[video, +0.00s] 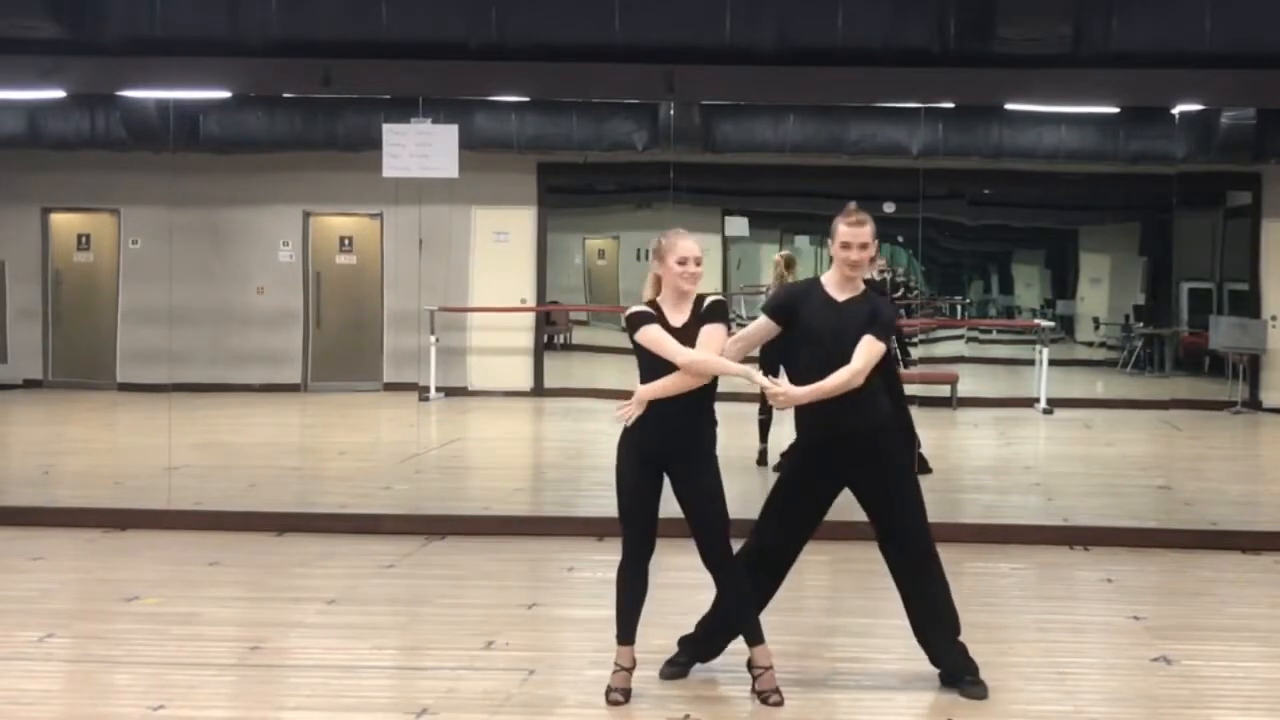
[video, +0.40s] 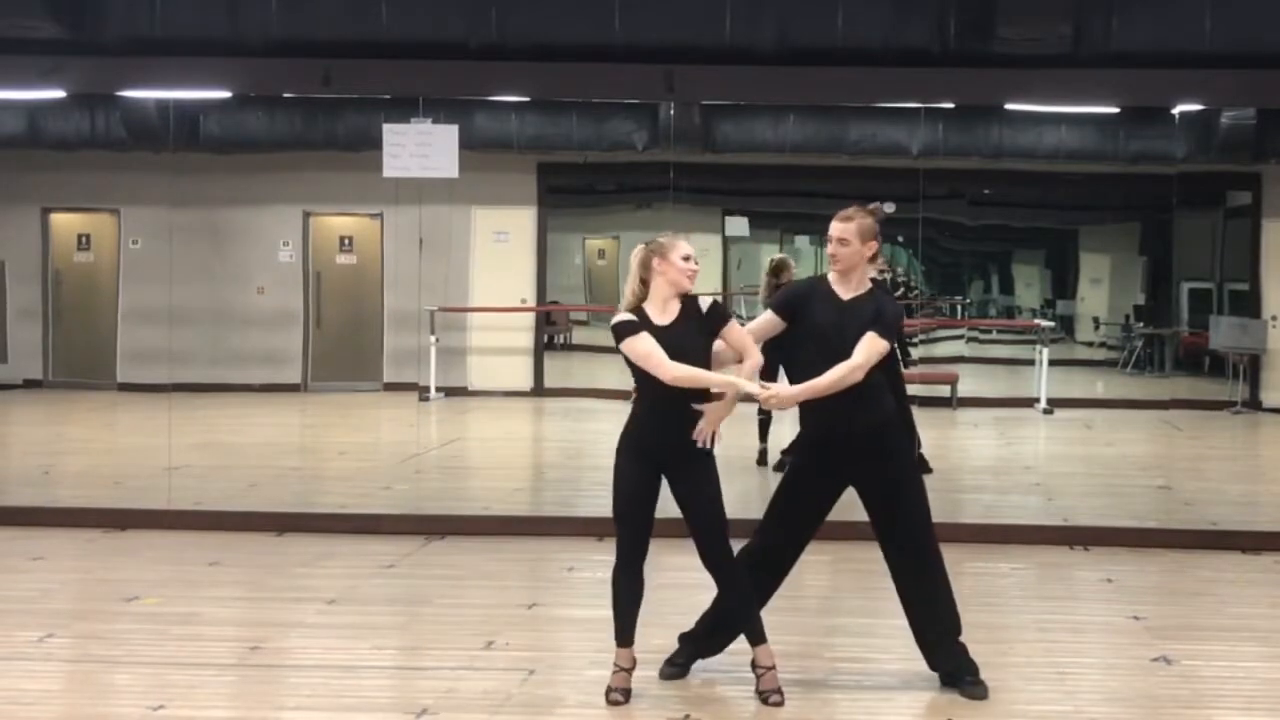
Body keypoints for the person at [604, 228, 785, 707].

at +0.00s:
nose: (692, 270)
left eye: (698, 262)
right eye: (682, 262)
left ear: (703, 268)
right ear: (659, 266)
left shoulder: (713, 307)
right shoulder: (639, 316)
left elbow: (704, 368)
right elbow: (684, 358)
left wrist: (646, 391)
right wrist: (749, 373)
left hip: (694, 447)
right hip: (642, 446)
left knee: (717, 554)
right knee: (635, 552)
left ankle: (760, 655)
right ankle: (624, 657)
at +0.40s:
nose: (695, 267)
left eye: (695, 260)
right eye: (686, 259)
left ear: (684, 270)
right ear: (656, 266)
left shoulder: (706, 312)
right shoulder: (628, 322)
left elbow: (753, 357)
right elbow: (668, 372)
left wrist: (723, 407)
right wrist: (739, 384)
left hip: (691, 446)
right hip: (640, 447)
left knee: (717, 554)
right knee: (629, 554)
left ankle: (762, 654)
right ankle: (623, 657)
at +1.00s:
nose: (684, 265)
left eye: (683, 257)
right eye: (680, 257)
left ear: (645, 261)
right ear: (658, 261)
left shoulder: (617, 307)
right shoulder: (679, 312)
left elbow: (584, 335)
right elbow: (747, 349)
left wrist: (630, 344)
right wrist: (813, 339)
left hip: (619, 435)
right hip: (655, 442)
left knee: (624, 545)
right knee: (649, 549)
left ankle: (604, 647)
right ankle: (610, 654)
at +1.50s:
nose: (665, 271)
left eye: (673, 263)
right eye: (656, 264)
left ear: (685, 267)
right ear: (641, 271)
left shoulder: (696, 303)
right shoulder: (640, 316)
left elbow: (741, 267)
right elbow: (684, 359)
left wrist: (771, 212)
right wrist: (751, 349)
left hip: (663, 441)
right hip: (626, 438)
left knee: (667, 541)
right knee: (608, 539)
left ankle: (634, 641)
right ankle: (587, 650)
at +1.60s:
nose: (655, 278)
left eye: (664, 269)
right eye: (648, 270)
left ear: (685, 272)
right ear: (639, 274)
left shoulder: (703, 310)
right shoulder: (632, 316)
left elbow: (756, 252)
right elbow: (615, 376)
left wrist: (784, 205)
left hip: (675, 442)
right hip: (627, 437)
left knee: (677, 543)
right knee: (589, 537)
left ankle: (635, 640)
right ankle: (535, 640)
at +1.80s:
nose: (657, 282)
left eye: (665, 274)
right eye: (650, 274)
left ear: (684, 279)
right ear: (642, 277)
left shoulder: (705, 322)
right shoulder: (624, 324)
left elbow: (765, 281)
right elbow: (559, 345)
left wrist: (810, 246)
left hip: (676, 448)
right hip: (625, 444)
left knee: (674, 555)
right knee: (603, 537)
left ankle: (635, 640)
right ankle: (579, 611)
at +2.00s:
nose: (657, 288)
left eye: (665, 280)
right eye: (650, 280)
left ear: (683, 283)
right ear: (642, 282)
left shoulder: (701, 329)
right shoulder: (627, 316)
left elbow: (768, 323)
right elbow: (584, 271)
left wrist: (833, 311)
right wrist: (547, 227)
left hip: (678, 455)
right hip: (627, 452)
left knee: (668, 558)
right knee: (619, 549)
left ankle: (635, 637)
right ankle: (620, 611)